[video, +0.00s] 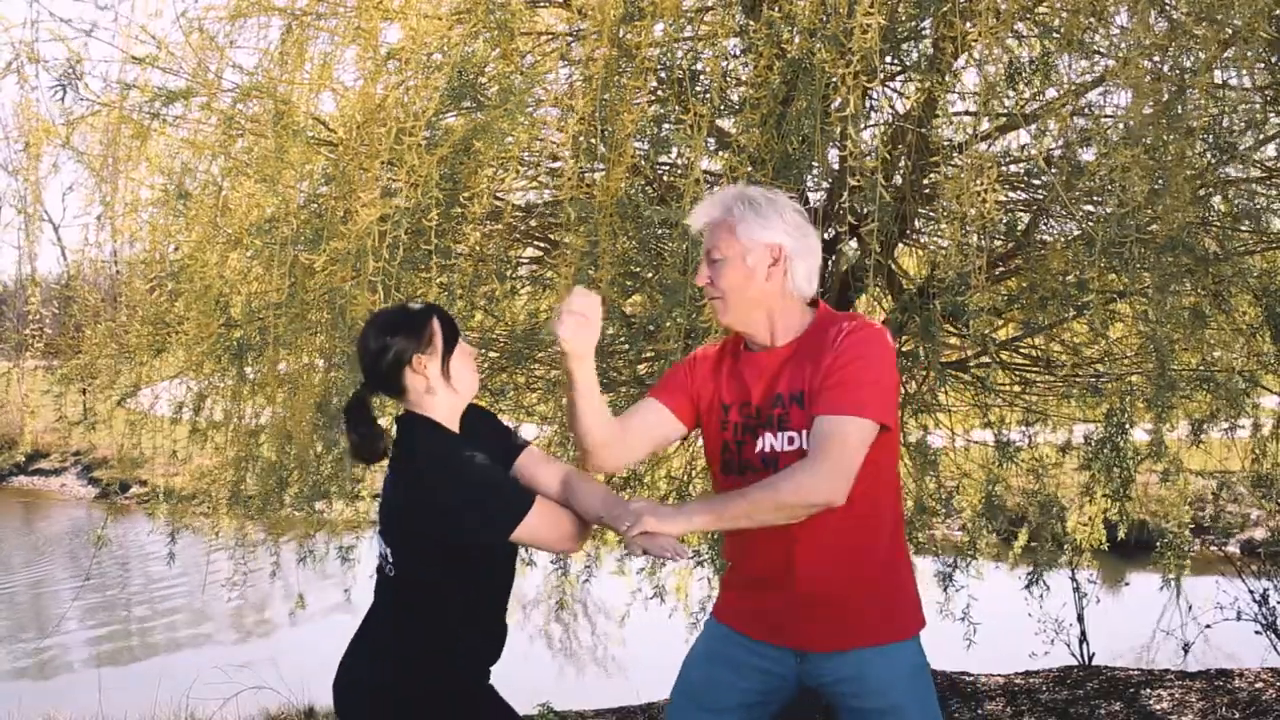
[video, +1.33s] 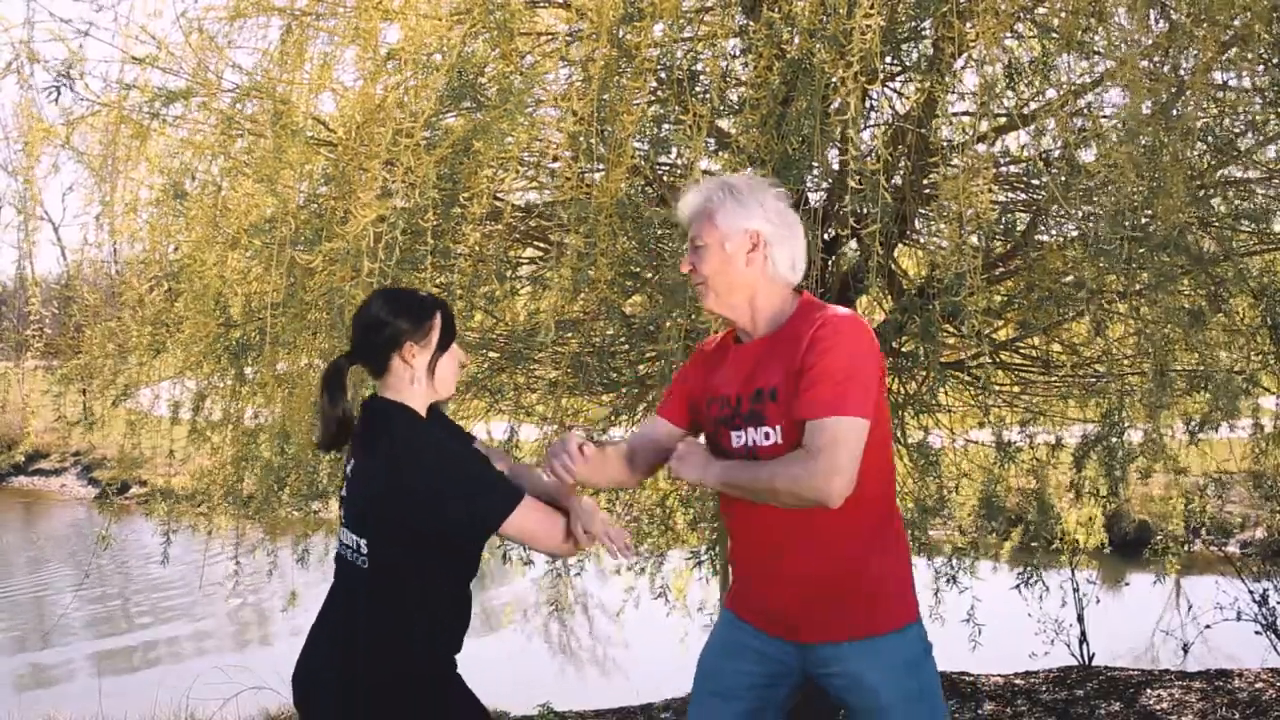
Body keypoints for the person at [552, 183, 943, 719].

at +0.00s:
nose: (700, 278)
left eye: (715, 260)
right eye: (704, 261)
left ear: (774, 262)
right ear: (766, 264)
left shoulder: (857, 344)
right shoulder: (707, 369)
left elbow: (825, 480)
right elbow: (606, 453)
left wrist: (681, 517)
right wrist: (581, 359)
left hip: (869, 646)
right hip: (742, 640)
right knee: (684, 710)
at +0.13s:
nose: (690, 277)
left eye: (705, 260)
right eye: (694, 260)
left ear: (764, 262)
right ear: (757, 264)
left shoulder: (851, 349)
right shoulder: (702, 365)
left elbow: (858, 491)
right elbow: (594, 415)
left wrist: (723, 486)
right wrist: (591, 429)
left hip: (863, 651)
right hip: (738, 641)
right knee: (682, 709)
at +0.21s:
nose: (678, 273)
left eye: (692, 256)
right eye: (682, 256)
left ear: (749, 260)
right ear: (743, 261)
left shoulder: (834, 349)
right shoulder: (696, 361)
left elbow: (798, 490)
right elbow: (580, 426)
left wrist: (688, 434)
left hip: (852, 642)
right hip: (731, 634)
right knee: (682, 709)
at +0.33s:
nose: (672, 277)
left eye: (685, 259)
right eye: (674, 261)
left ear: (742, 260)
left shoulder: (810, 346)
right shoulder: (694, 361)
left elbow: (680, 446)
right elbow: (584, 434)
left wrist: (552, 434)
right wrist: (566, 511)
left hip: (839, 635)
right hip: (722, 628)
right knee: (673, 711)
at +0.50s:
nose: (661, 278)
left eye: (674, 261)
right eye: (663, 262)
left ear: (730, 260)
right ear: (728, 262)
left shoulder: (809, 346)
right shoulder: (687, 363)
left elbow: (714, 473)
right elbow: (578, 441)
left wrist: (610, 422)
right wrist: (551, 503)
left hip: (833, 638)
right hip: (716, 632)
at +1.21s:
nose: (655, 274)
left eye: (666, 255)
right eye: (655, 259)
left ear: (722, 250)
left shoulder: (810, 332)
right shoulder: (684, 363)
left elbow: (767, 471)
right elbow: (596, 435)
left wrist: (660, 445)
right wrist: (551, 488)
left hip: (851, 620)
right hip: (738, 618)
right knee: (692, 711)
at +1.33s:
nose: (685, 266)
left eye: (697, 248)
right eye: (688, 250)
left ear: (753, 247)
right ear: (749, 248)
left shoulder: (838, 335)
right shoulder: (709, 363)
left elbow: (826, 478)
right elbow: (636, 456)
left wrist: (712, 470)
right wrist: (580, 460)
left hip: (870, 632)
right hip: (752, 627)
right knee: (708, 710)